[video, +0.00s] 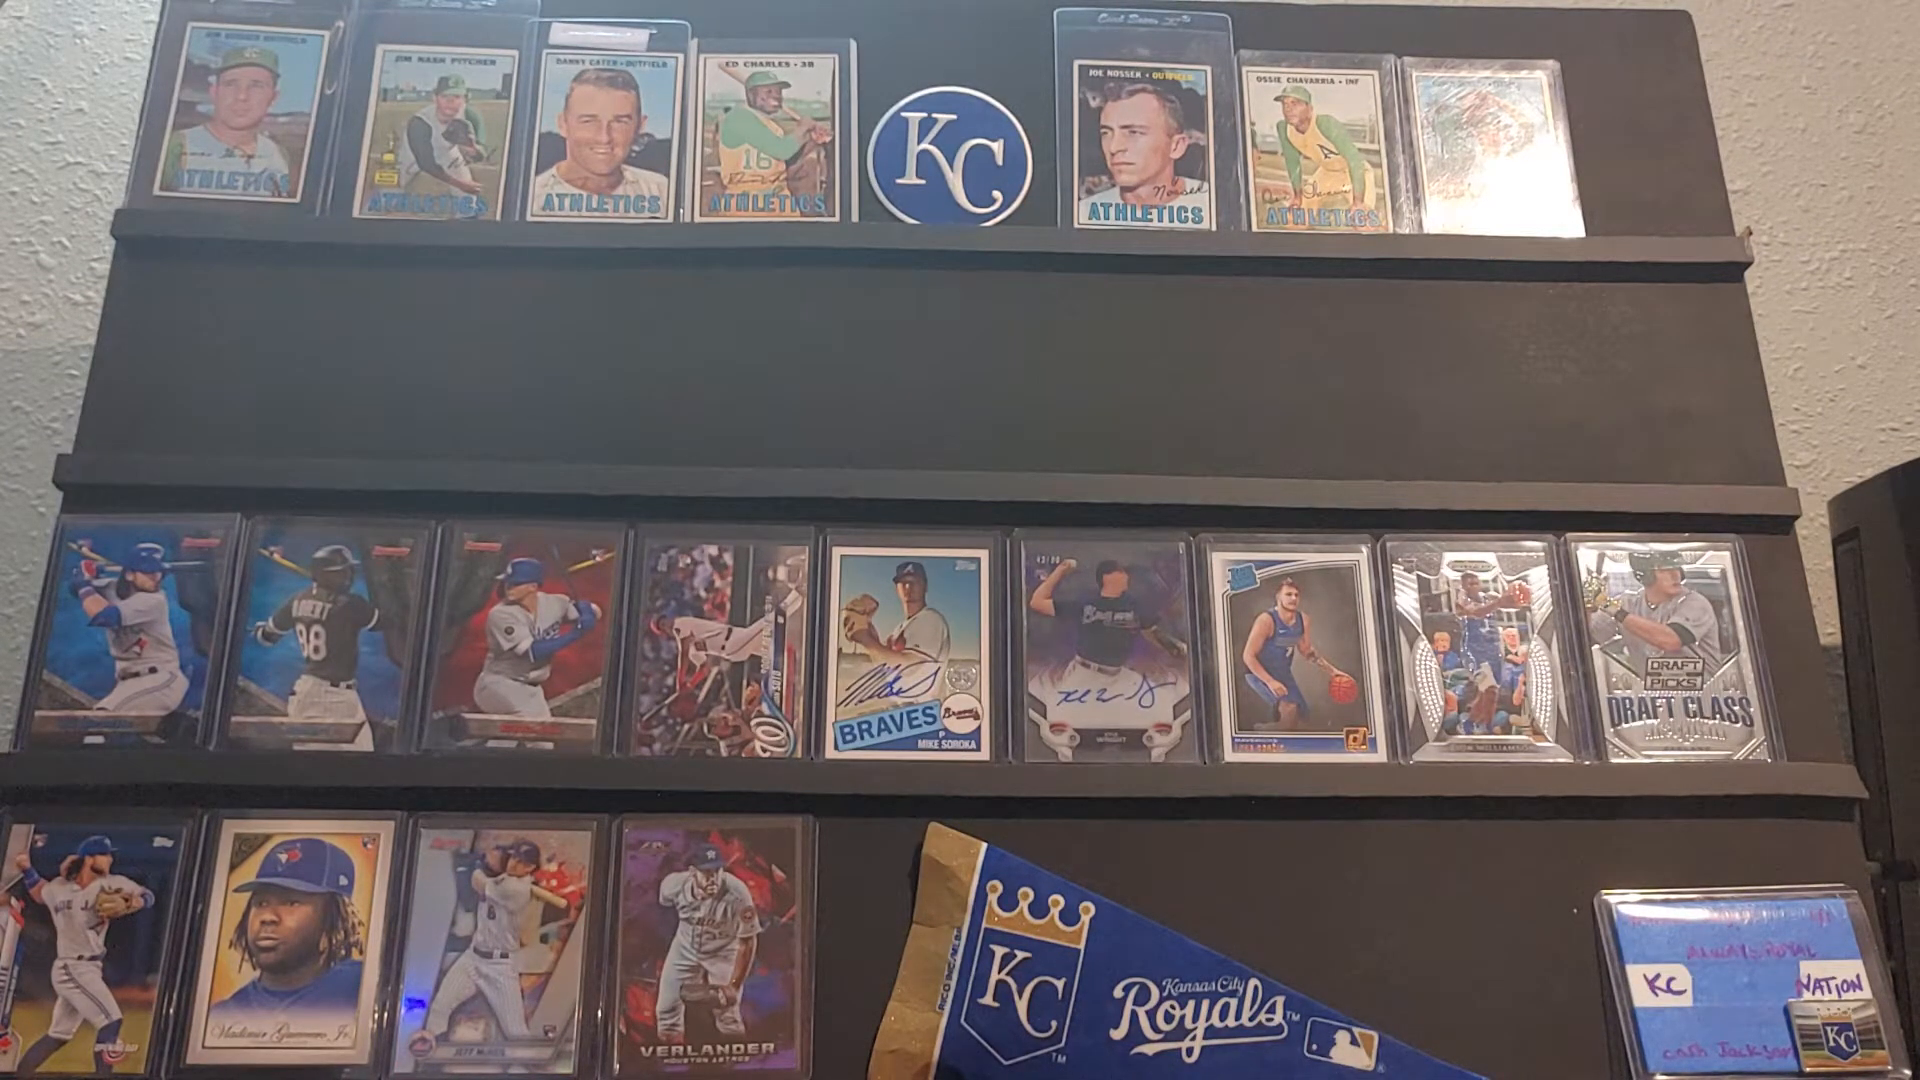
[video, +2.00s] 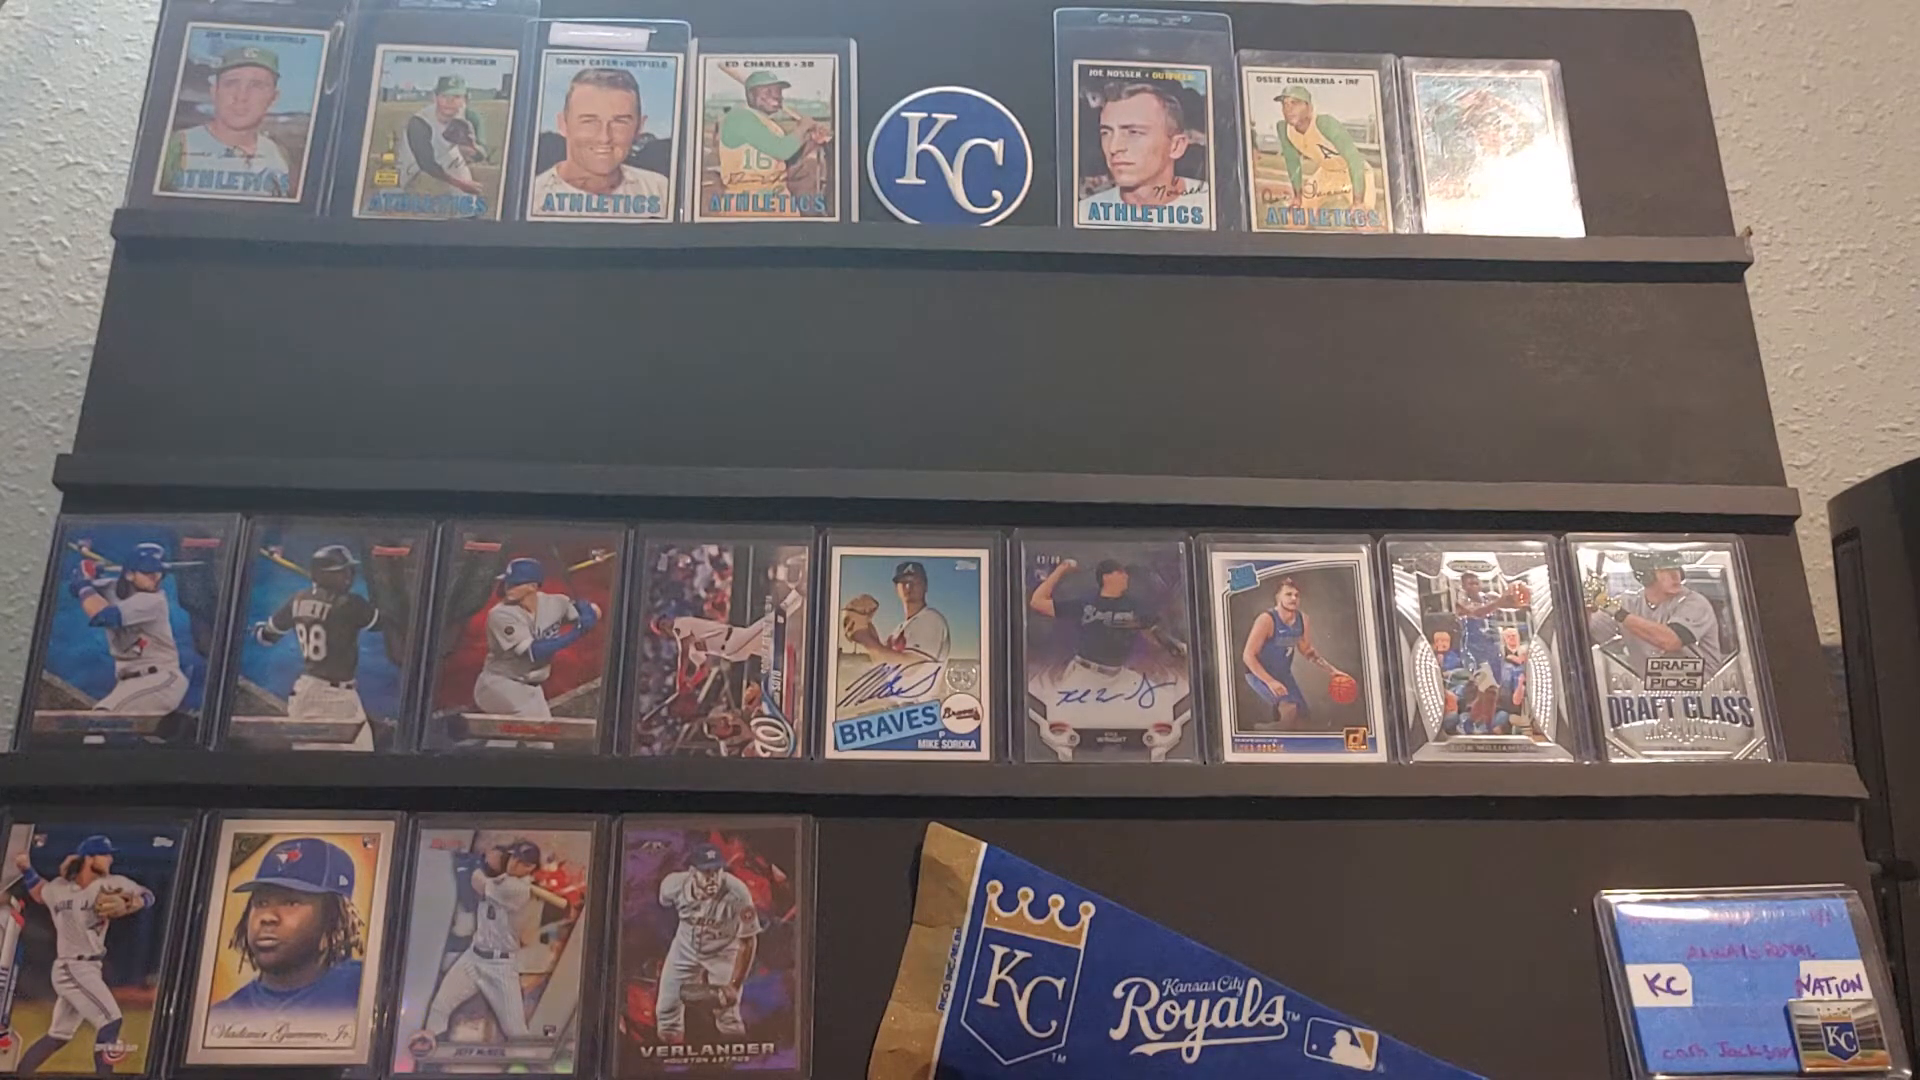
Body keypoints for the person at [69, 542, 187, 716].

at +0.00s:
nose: (156, 577)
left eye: (158, 572)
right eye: (148, 571)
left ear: (162, 573)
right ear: (130, 574)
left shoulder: (154, 601)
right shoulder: (114, 588)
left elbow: (105, 617)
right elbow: (79, 589)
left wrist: (83, 586)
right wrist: (87, 573)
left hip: (163, 679)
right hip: (129, 681)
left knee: (101, 716)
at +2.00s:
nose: (155, 577)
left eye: (158, 572)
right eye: (147, 572)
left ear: (162, 573)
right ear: (130, 574)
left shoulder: (154, 600)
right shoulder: (114, 587)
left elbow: (105, 617)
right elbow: (79, 588)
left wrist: (83, 586)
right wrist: (87, 573)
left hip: (162, 679)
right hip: (129, 682)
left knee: (101, 716)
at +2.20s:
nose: (155, 577)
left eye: (158, 572)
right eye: (148, 572)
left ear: (162, 573)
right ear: (130, 574)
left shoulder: (154, 600)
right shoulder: (114, 587)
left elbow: (105, 617)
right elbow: (79, 588)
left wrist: (83, 586)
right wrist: (87, 573)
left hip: (162, 679)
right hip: (129, 682)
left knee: (101, 716)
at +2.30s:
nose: (155, 577)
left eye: (158, 572)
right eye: (148, 572)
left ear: (162, 573)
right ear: (130, 574)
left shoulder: (154, 600)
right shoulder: (114, 587)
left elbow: (105, 617)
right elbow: (79, 588)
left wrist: (83, 586)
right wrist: (87, 573)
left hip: (162, 679)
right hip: (129, 682)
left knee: (101, 716)